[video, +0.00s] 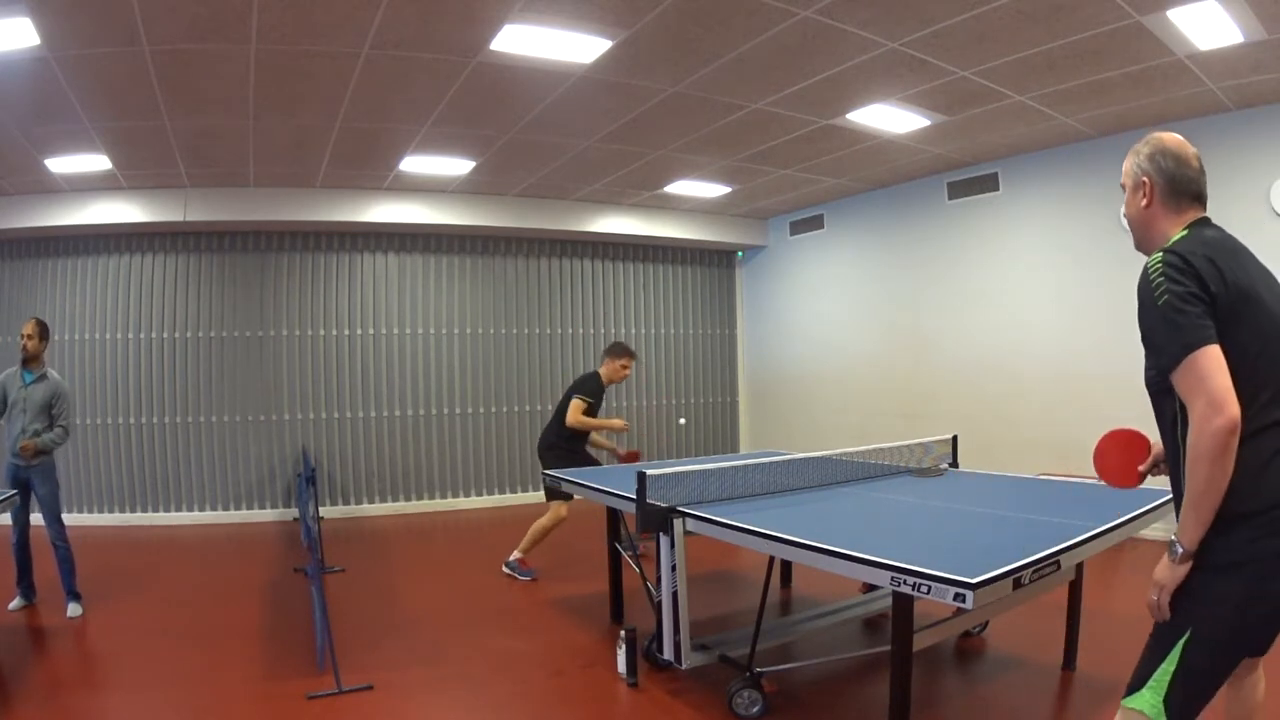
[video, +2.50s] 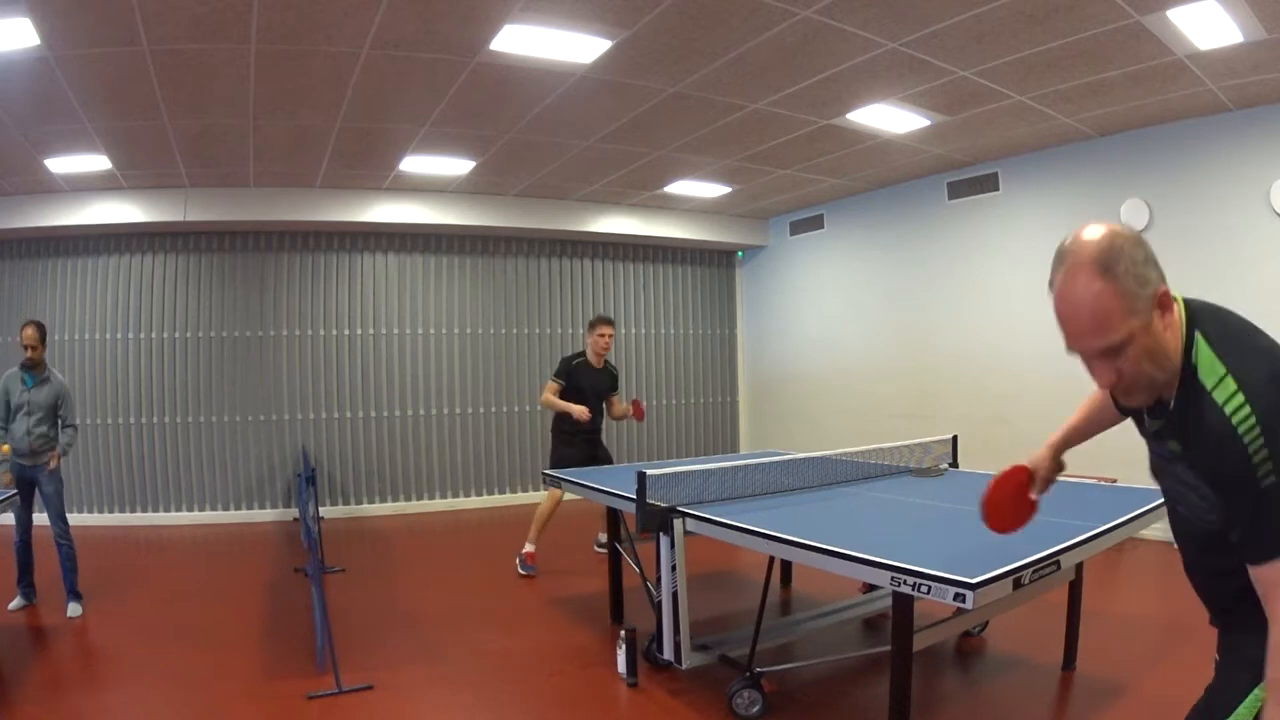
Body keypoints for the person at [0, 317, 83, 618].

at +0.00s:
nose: (23, 342)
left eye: (30, 338)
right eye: (22, 337)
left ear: (44, 344)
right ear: (20, 341)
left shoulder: (56, 386)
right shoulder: (7, 379)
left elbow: (63, 430)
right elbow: (2, 415)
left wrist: (39, 444)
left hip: (42, 466)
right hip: (12, 465)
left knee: (56, 532)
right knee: (19, 533)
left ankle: (72, 596)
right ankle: (25, 593)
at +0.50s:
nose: (17, 343)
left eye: (23, 338)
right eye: (15, 338)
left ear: (38, 343)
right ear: (15, 343)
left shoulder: (50, 382)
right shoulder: (6, 380)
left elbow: (60, 427)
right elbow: (4, 420)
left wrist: (34, 444)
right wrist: (5, 447)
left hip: (39, 465)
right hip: (10, 464)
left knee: (55, 531)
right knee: (20, 532)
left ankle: (72, 596)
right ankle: (26, 592)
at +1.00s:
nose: (17, 344)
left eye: (23, 339)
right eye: (15, 339)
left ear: (38, 343)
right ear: (14, 343)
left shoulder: (51, 382)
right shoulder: (6, 380)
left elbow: (63, 425)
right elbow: (3, 425)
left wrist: (37, 443)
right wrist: (2, 466)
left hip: (40, 466)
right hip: (11, 466)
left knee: (56, 531)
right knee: (20, 532)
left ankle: (72, 596)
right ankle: (26, 592)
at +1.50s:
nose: (17, 345)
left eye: (22, 340)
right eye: (14, 341)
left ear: (37, 343)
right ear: (14, 344)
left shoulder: (51, 382)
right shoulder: (7, 380)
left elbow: (62, 426)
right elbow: (4, 422)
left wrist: (37, 444)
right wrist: (5, 455)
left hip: (40, 465)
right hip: (11, 464)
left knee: (56, 531)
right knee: (20, 532)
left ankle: (72, 596)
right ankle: (26, 592)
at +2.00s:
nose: (15, 348)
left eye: (21, 343)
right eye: (13, 343)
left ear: (36, 344)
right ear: (12, 345)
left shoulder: (51, 382)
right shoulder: (6, 381)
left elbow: (62, 427)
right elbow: (3, 426)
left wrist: (37, 444)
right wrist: (2, 466)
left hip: (41, 466)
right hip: (11, 466)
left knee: (56, 532)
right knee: (20, 533)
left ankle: (72, 596)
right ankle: (26, 593)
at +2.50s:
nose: (28, 352)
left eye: (33, 347)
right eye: (25, 347)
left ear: (44, 347)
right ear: (20, 346)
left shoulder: (57, 385)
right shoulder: (8, 381)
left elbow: (69, 427)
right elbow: (3, 425)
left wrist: (59, 453)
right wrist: (5, 466)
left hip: (47, 465)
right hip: (17, 465)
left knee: (60, 532)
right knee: (22, 533)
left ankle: (73, 596)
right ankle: (26, 593)